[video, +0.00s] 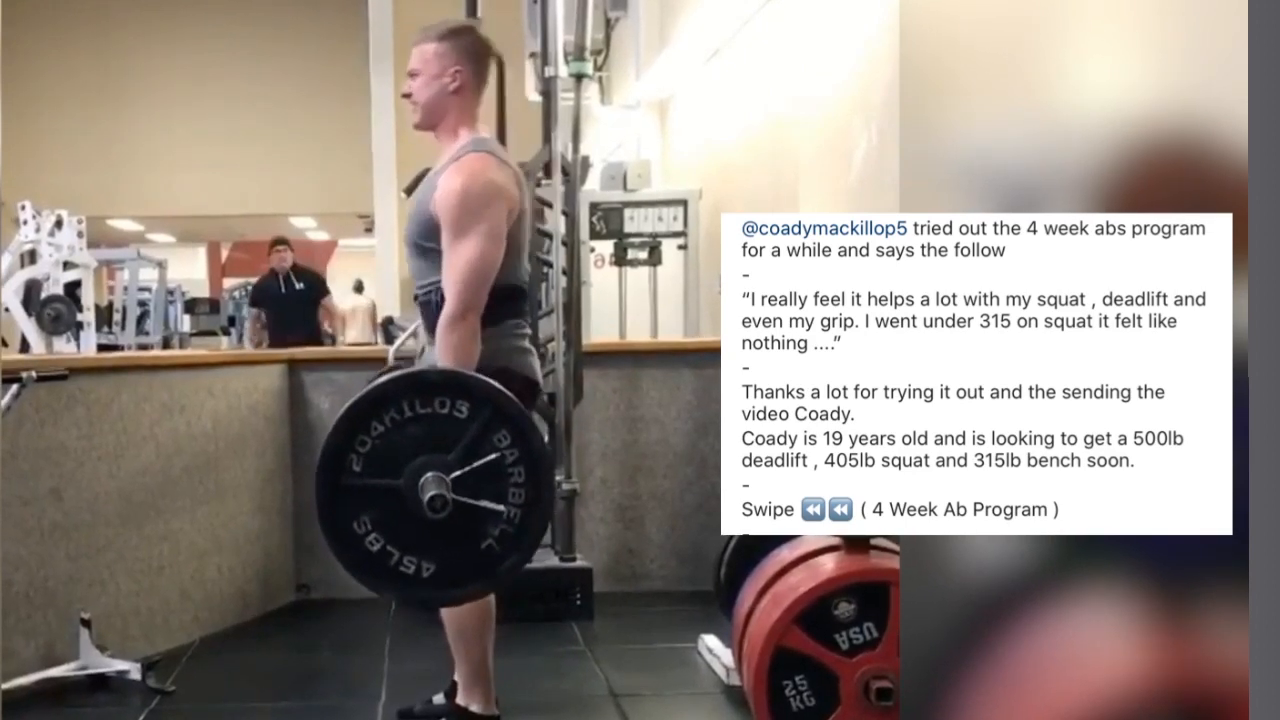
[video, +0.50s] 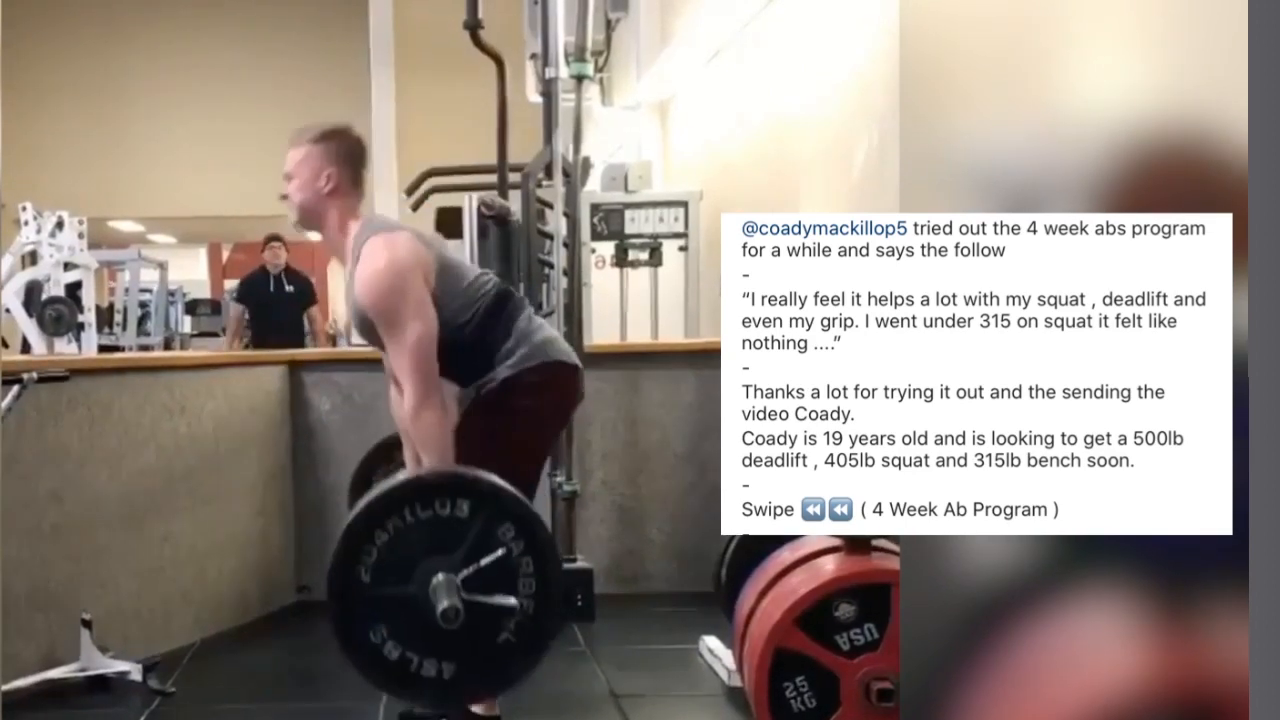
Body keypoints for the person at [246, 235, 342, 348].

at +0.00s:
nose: (282, 255)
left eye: (286, 250)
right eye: (277, 251)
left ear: (293, 254)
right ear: (269, 258)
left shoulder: (311, 278)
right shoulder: (262, 285)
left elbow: (333, 311)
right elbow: (254, 319)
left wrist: (339, 341)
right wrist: (252, 346)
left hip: (312, 351)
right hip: (278, 353)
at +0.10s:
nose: (280, 255)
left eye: (283, 250)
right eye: (274, 251)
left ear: (290, 255)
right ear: (267, 258)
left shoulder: (307, 278)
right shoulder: (258, 284)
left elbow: (326, 309)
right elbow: (248, 317)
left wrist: (333, 336)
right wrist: (246, 343)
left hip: (308, 350)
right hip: (274, 352)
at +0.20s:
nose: (278, 255)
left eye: (281, 251)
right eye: (273, 251)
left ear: (289, 256)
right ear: (265, 258)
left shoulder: (305, 279)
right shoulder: (256, 284)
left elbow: (322, 311)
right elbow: (244, 318)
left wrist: (330, 343)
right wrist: (242, 346)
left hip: (304, 352)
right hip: (270, 354)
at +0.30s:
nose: (277, 256)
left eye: (281, 251)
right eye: (272, 252)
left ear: (288, 257)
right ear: (264, 258)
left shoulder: (302, 281)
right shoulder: (255, 284)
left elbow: (318, 313)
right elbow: (242, 320)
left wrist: (324, 346)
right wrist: (239, 351)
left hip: (301, 354)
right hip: (266, 355)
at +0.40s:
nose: (277, 255)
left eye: (281, 251)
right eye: (272, 251)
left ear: (287, 256)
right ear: (263, 257)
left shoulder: (302, 282)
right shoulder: (253, 284)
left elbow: (317, 318)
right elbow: (240, 319)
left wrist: (324, 351)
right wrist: (235, 353)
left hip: (298, 355)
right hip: (263, 357)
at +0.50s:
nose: (275, 251)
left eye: (280, 248)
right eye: (270, 248)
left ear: (287, 254)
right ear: (263, 255)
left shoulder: (301, 281)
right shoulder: (250, 282)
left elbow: (314, 317)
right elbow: (236, 317)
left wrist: (323, 349)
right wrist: (228, 350)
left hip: (295, 354)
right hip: (260, 355)